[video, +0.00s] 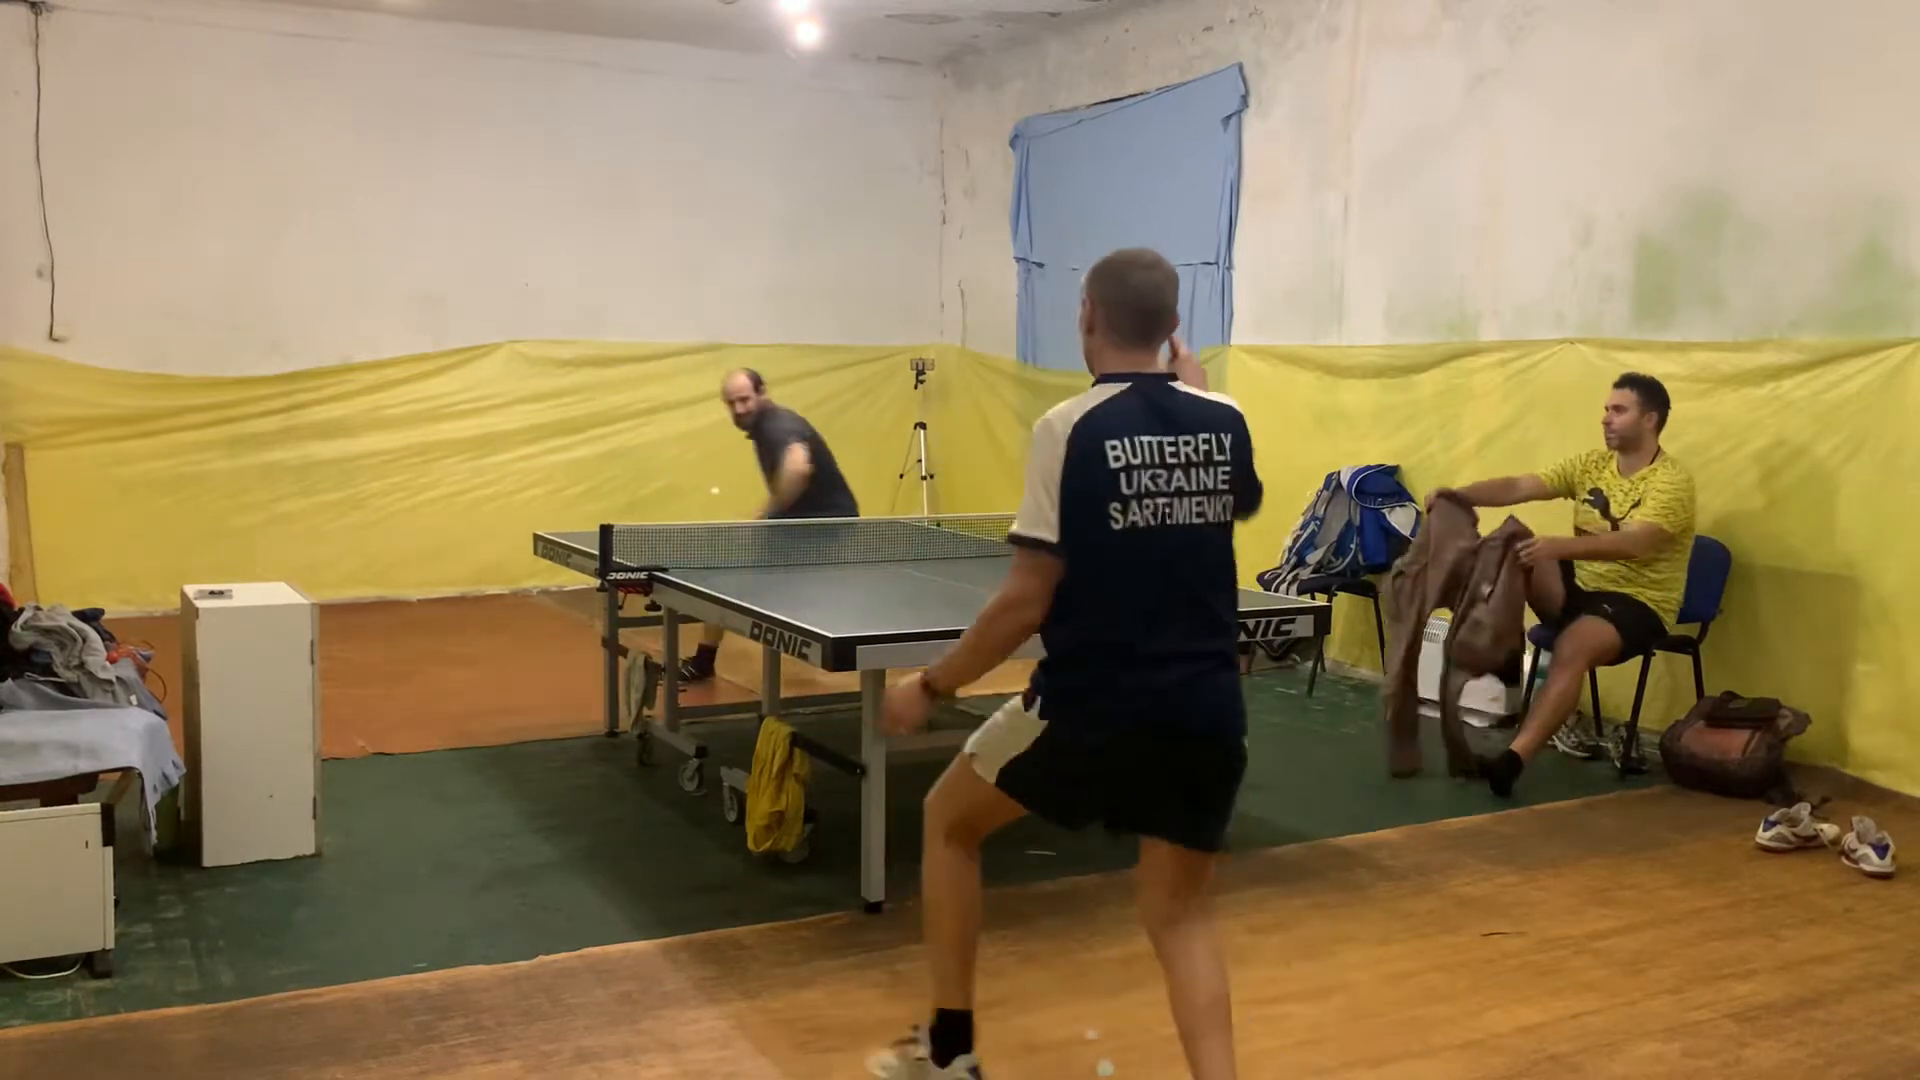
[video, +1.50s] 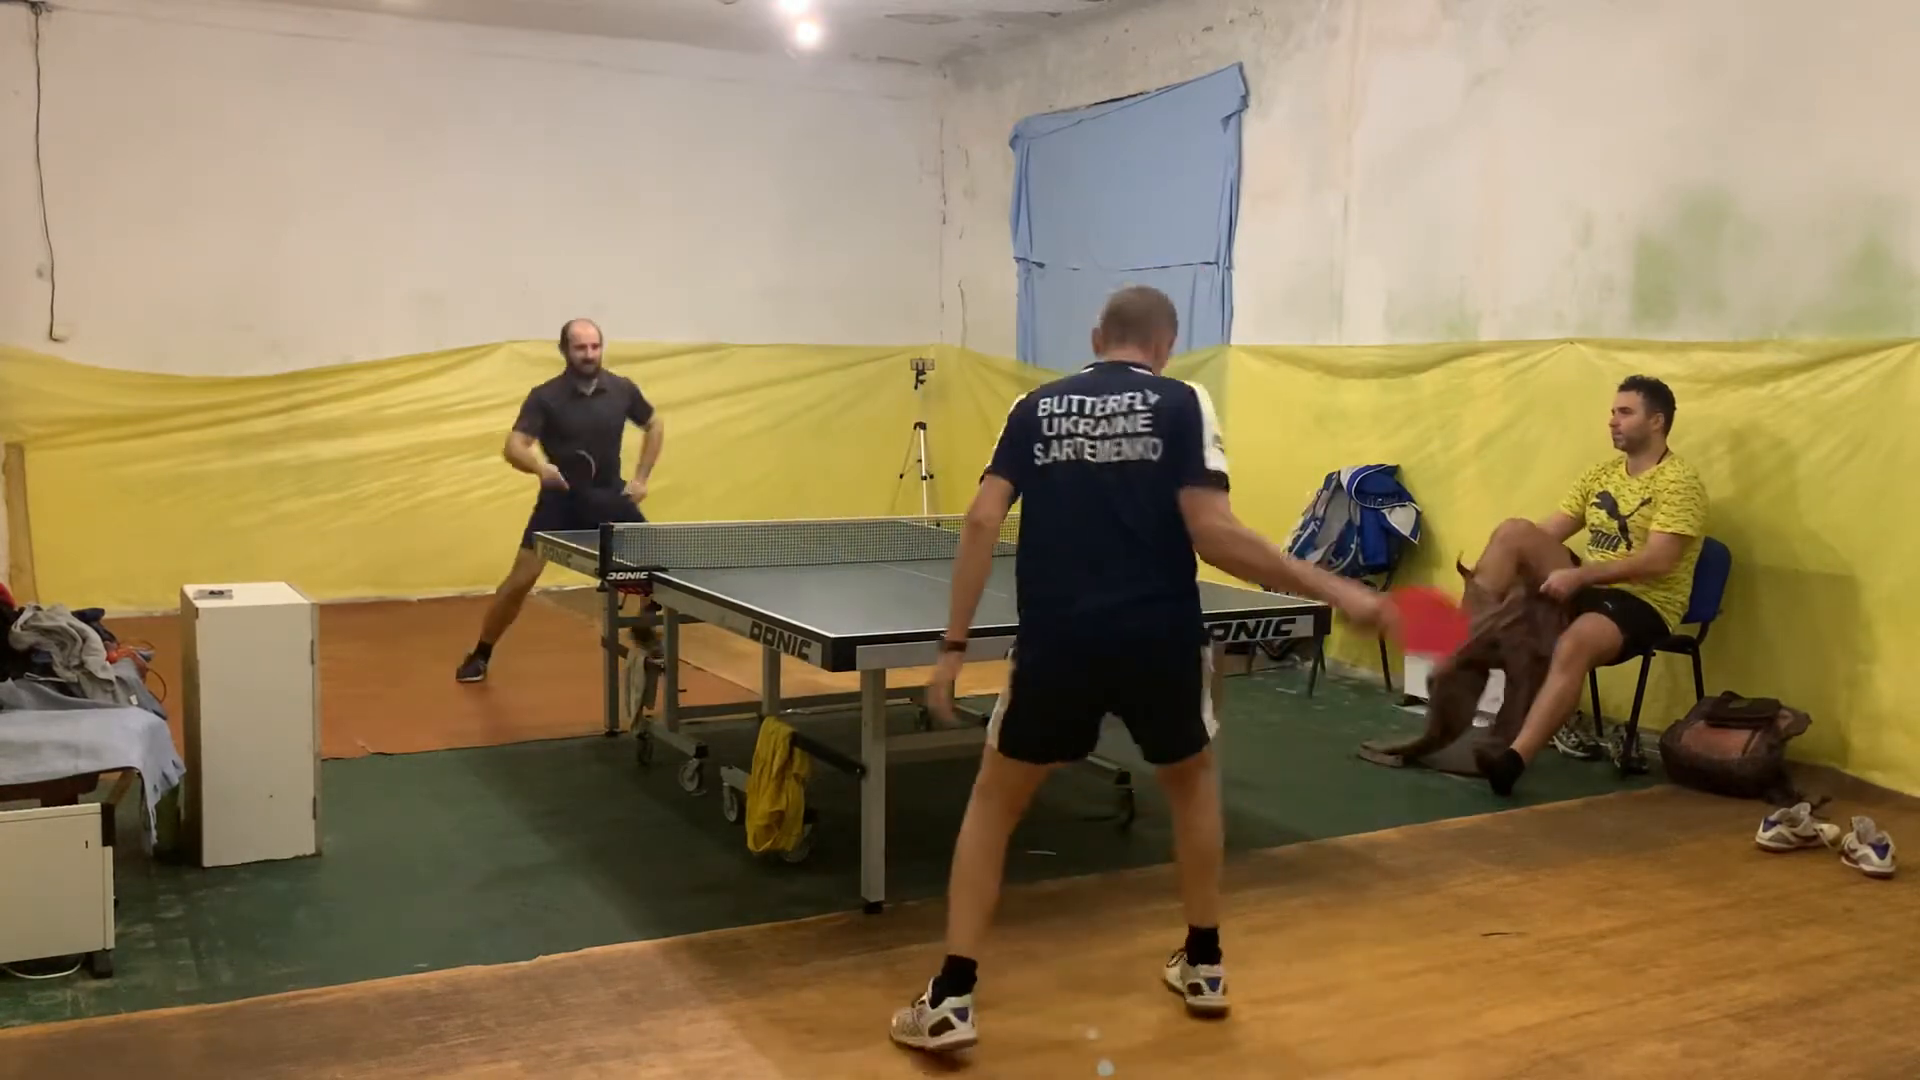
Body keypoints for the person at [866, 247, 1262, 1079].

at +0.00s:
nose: (1078, 322)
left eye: (1081, 310)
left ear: (1086, 318)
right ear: (1174, 329)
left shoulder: (1066, 428)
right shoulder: (1222, 424)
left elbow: (1029, 597)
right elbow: (1241, 502)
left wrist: (932, 684)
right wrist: (1196, 399)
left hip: (1087, 709)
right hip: (1205, 711)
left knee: (950, 820)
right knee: (1183, 909)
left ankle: (948, 1045)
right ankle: (1218, 1075)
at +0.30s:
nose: (1123, 330)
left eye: (1125, 318)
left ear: (1133, 326)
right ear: (1215, 337)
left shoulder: (1101, 407)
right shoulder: (1264, 422)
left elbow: (1051, 567)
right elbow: (1303, 571)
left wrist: (988, 660)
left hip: (1141, 689)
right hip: (1256, 687)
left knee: (1044, 867)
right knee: (1304, 850)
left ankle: (1026, 1072)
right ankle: (1391, 1053)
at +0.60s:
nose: (1178, 415)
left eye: (1179, 404)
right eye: (1178, 405)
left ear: (1195, 400)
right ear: (1265, 408)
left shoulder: (1179, 456)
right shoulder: (1319, 472)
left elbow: (1148, 597)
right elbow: (1341, 597)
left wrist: (1055, 685)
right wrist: (1197, 634)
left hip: (1226, 719)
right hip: (1340, 718)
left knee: (1089, 875)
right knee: (1356, 870)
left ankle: (1039, 1072)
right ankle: (1451, 1057)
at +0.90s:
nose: (1106, 357)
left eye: (1111, 349)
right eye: (1112, 350)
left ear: (1123, 355)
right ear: (1176, 377)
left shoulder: (1124, 387)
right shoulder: (1193, 430)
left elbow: (1129, 453)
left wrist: (1039, 483)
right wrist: (1081, 459)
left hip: (1194, 655)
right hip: (1289, 647)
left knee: (1111, 872)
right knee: (1334, 844)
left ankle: (1050, 1071)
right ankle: (1445, 1030)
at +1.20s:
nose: (1076, 345)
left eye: (1079, 334)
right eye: (1082, 333)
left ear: (1094, 335)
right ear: (1150, 345)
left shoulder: (1095, 392)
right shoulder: (1196, 413)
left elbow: (1117, 494)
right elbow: (1206, 526)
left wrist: (1082, 606)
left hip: (1138, 633)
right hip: (1225, 635)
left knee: (1011, 806)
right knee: (1161, 779)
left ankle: (1025, 1002)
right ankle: (1206, 964)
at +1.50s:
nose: (1168, 364)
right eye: (1172, 355)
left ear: (1096, 340)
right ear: (1166, 350)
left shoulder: (1036, 407)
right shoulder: (1180, 401)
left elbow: (981, 519)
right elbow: (1211, 529)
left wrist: (954, 642)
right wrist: (1336, 591)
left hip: (1055, 650)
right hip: (1159, 647)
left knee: (994, 805)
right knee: (1191, 785)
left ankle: (951, 995)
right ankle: (1204, 960)